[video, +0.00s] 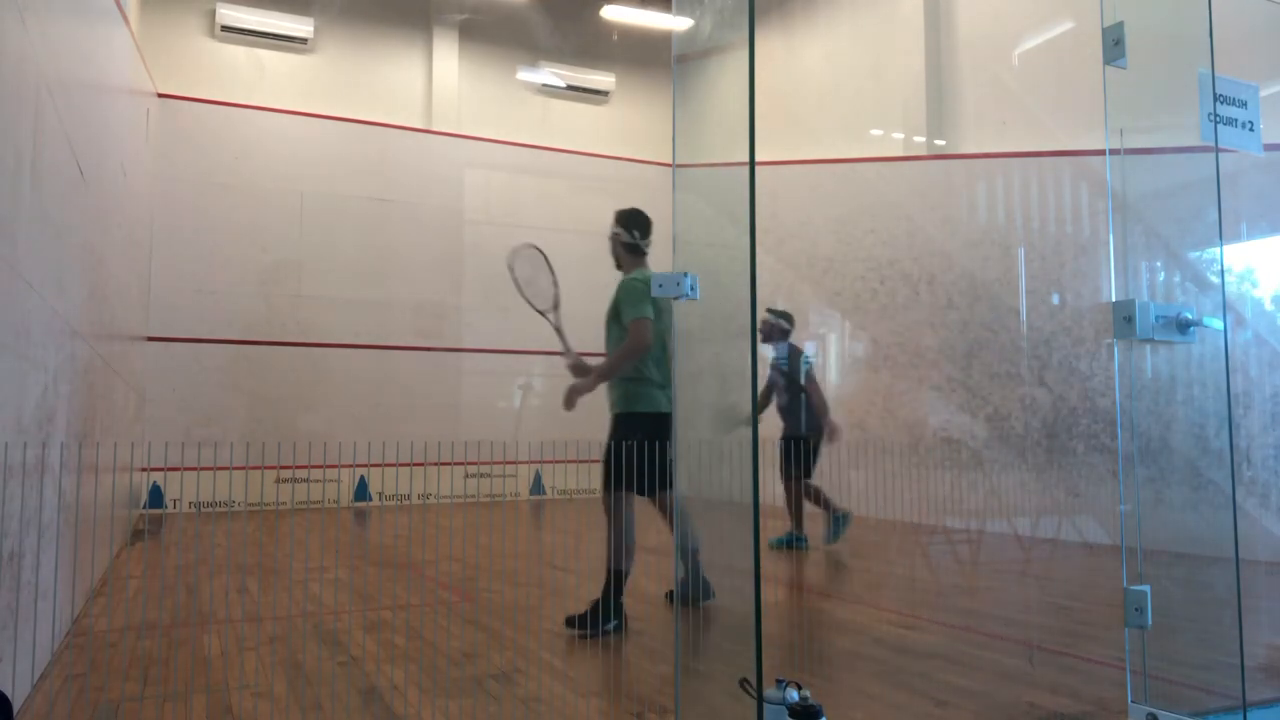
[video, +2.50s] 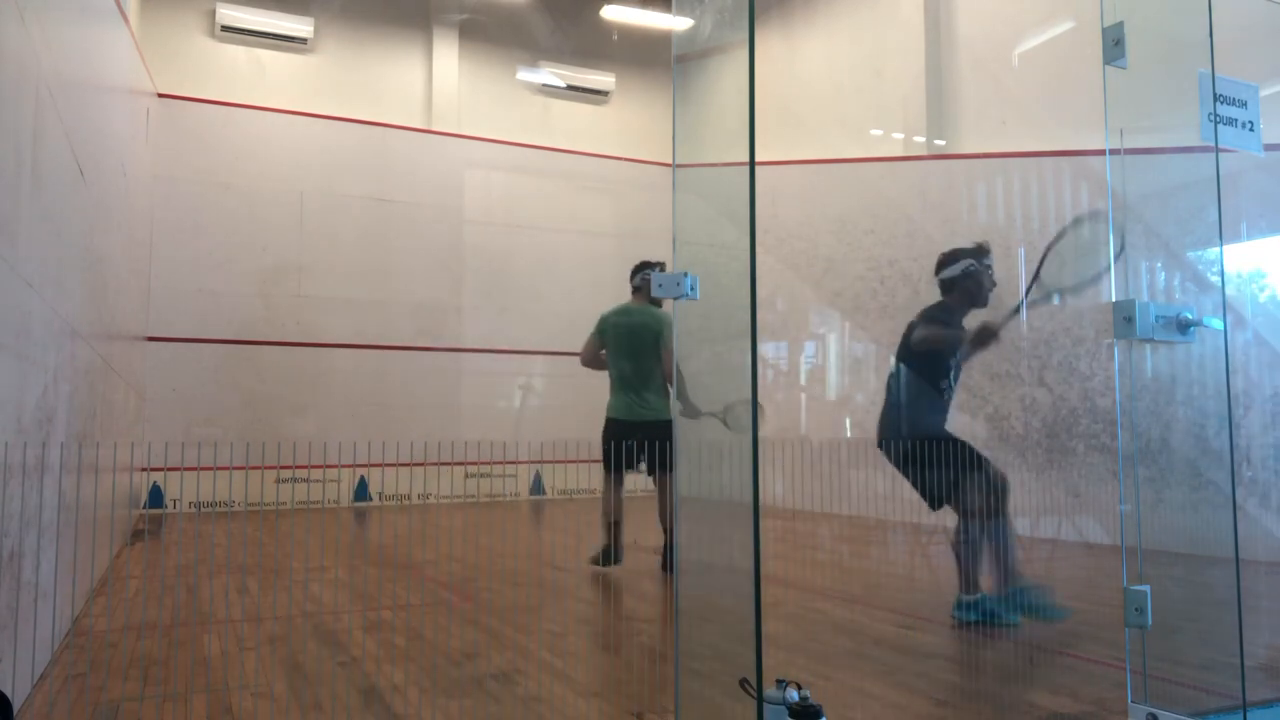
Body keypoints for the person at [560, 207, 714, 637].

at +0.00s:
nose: (610, 246)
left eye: (611, 239)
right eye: (613, 238)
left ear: (617, 242)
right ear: (644, 243)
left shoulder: (633, 285)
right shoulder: (655, 287)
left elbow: (640, 341)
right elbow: (643, 356)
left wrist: (589, 382)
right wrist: (594, 366)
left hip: (637, 411)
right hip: (657, 409)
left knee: (615, 497)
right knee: (662, 493)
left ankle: (610, 604)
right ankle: (696, 579)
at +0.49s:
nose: (528, 229)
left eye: (536, 223)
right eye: (530, 222)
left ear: (553, 233)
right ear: (541, 233)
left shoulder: (563, 282)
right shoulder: (537, 287)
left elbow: (524, 307)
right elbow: (501, 336)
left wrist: (482, 269)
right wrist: (492, 288)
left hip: (564, 417)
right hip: (530, 417)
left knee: (571, 510)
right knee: (471, 494)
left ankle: (609, 607)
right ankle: (425, 590)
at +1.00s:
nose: (360, 263)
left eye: (366, 255)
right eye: (363, 255)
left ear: (382, 259)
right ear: (389, 261)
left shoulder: (409, 298)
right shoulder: (381, 314)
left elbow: (427, 335)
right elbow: (364, 375)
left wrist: (403, 343)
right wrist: (324, 394)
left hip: (417, 441)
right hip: (380, 441)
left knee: (408, 547)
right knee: (311, 505)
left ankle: (478, 566)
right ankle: (319, 609)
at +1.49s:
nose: (460, 265)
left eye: (460, 259)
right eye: (471, 259)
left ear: (461, 260)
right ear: (495, 260)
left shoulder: (460, 295)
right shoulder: (520, 308)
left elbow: (454, 347)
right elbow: (539, 376)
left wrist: (417, 403)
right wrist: (544, 429)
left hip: (476, 431)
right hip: (514, 435)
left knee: (427, 508)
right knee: (482, 499)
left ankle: (466, 604)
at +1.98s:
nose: (615, 265)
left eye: (596, 259)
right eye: (620, 258)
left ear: (591, 261)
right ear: (624, 262)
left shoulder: (574, 292)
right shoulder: (636, 298)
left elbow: (542, 332)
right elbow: (665, 342)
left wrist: (554, 349)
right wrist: (672, 386)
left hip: (592, 406)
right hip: (629, 404)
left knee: (616, 485)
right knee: (630, 477)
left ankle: (650, 556)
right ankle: (657, 545)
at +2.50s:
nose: (666, 293)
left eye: (665, 287)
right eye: (664, 287)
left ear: (632, 287)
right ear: (656, 287)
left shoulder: (610, 318)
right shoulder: (662, 320)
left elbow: (588, 358)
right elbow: (669, 371)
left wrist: (617, 364)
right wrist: (686, 401)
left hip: (619, 419)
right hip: (656, 419)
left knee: (612, 482)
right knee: (666, 484)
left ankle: (612, 547)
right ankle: (671, 549)